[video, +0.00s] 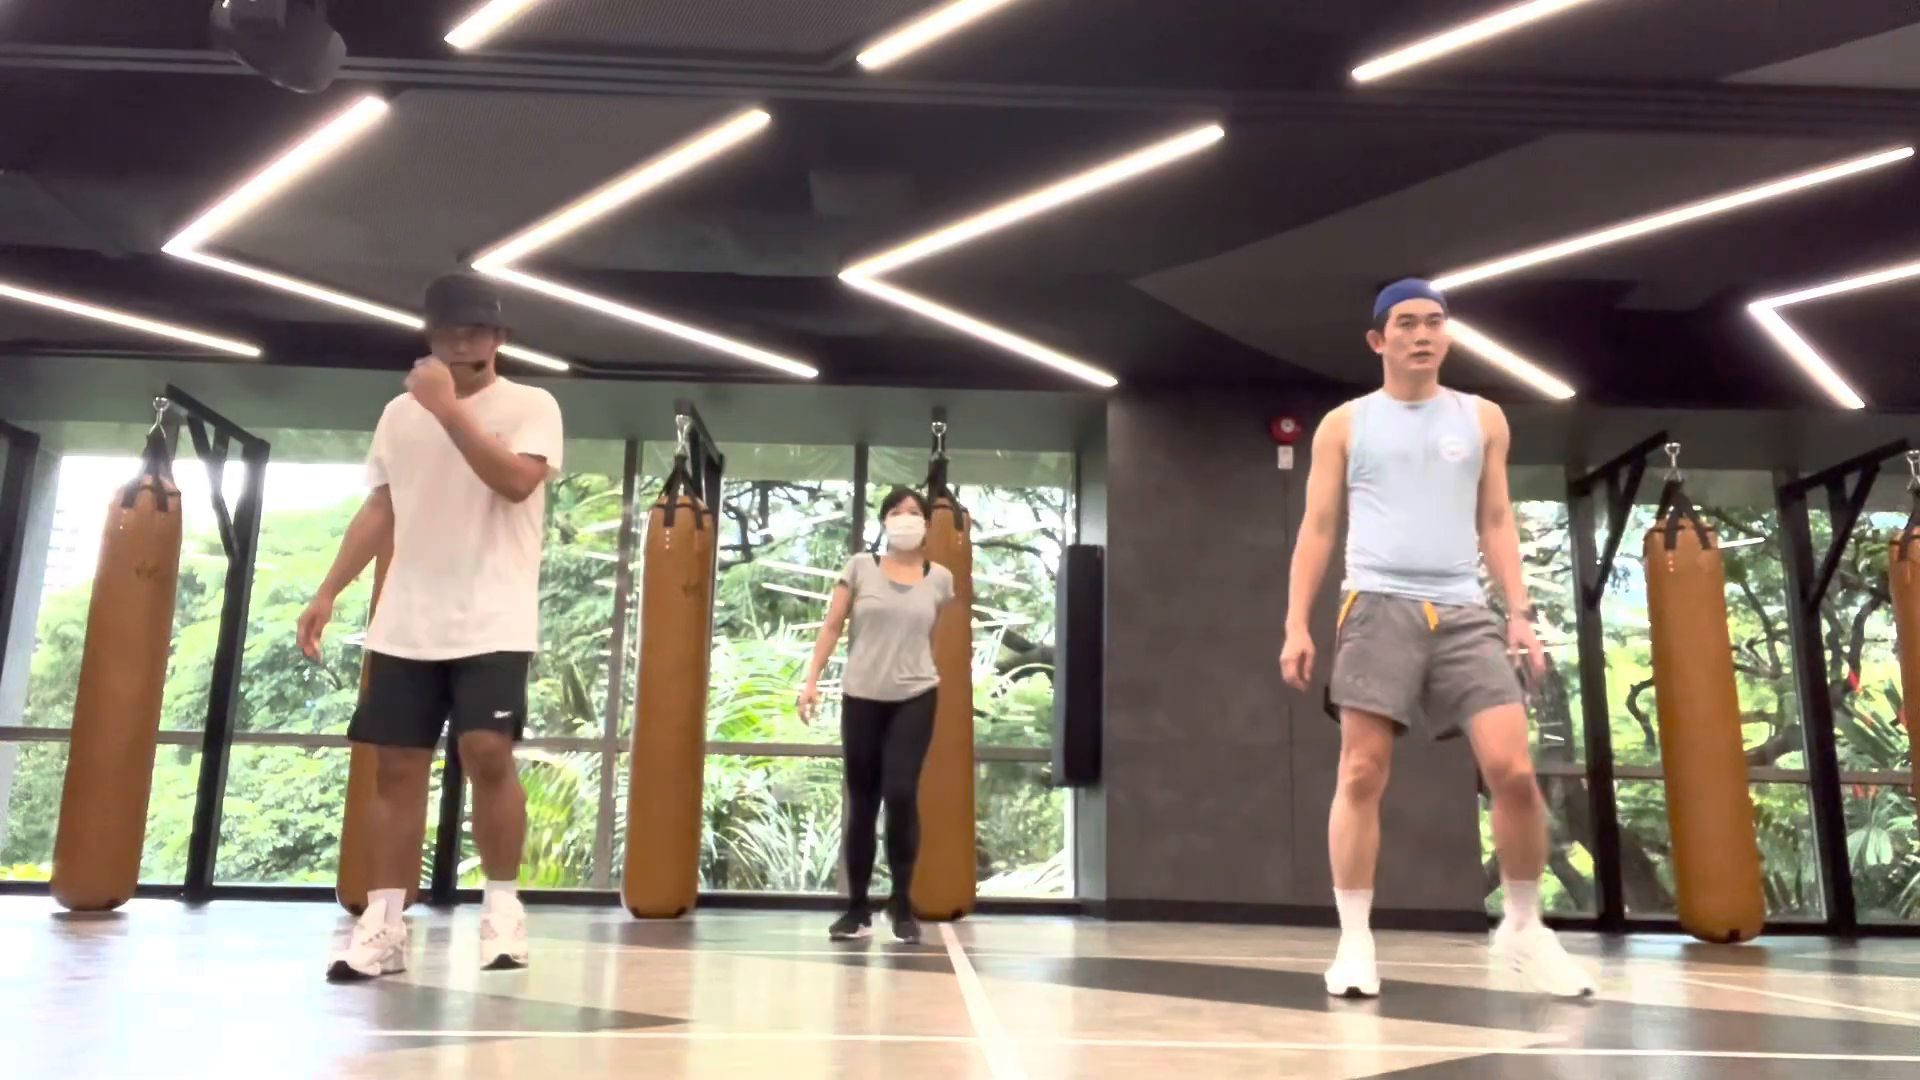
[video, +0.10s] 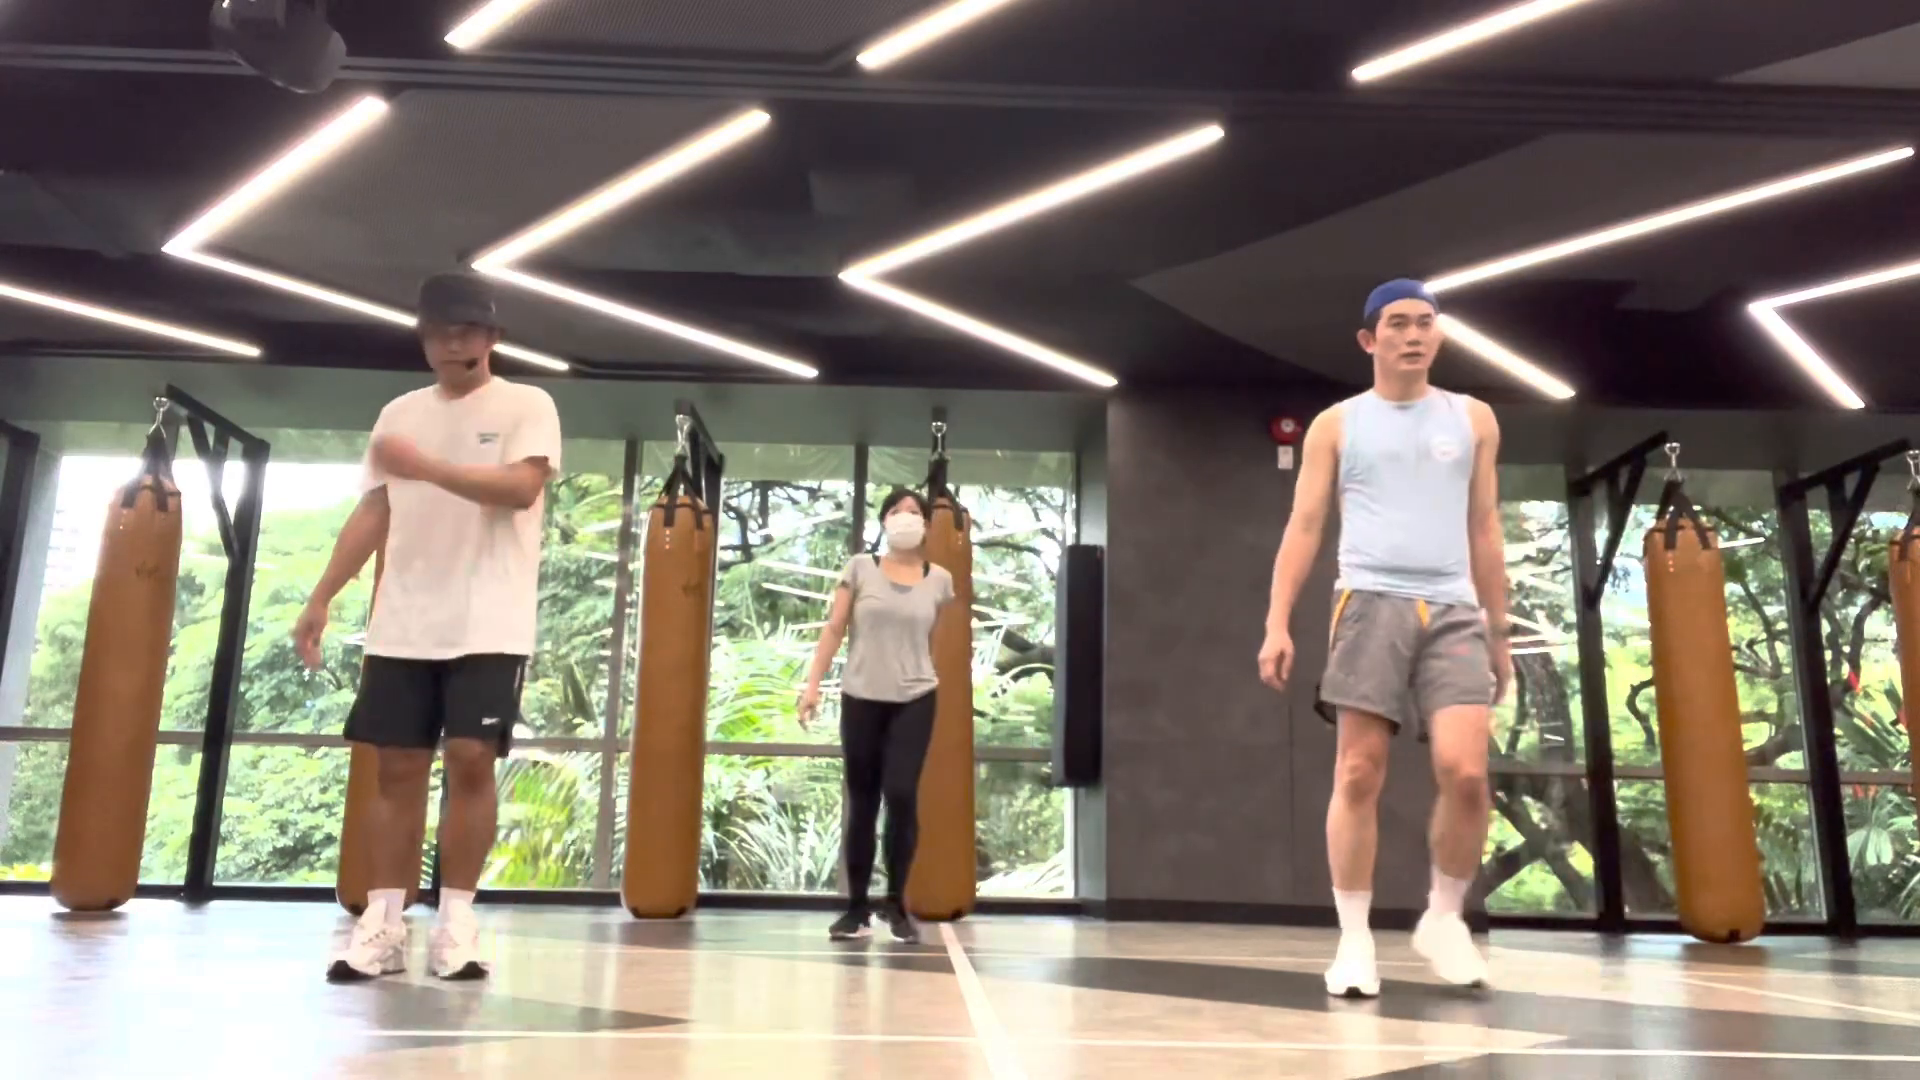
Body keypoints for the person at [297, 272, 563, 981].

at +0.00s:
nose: (472, 347)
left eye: (482, 333)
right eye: (457, 334)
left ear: (500, 335)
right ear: (431, 336)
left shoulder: (532, 406)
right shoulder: (401, 412)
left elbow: (519, 480)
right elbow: (379, 512)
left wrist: (449, 406)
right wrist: (326, 593)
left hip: (494, 621)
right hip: (406, 620)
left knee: (487, 754)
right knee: (397, 766)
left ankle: (501, 911)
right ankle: (385, 924)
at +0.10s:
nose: (461, 344)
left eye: (473, 329)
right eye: (446, 330)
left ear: (494, 334)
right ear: (423, 336)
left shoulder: (528, 406)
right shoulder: (398, 417)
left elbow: (520, 489)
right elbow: (372, 516)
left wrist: (421, 467)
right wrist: (320, 598)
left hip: (490, 626)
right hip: (403, 624)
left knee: (469, 763)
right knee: (397, 768)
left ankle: (456, 927)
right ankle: (385, 925)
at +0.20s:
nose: (459, 345)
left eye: (472, 330)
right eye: (445, 331)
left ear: (492, 335)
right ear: (422, 337)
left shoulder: (526, 407)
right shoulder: (396, 421)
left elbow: (516, 497)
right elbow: (372, 517)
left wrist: (454, 559)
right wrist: (324, 599)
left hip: (491, 630)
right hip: (402, 628)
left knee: (477, 762)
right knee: (397, 767)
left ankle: (464, 925)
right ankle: (384, 926)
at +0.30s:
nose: (463, 346)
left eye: (475, 331)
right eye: (449, 332)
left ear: (496, 337)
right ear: (426, 338)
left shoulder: (527, 410)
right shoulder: (399, 419)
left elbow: (529, 508)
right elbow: (381, 517)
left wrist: (523, 599)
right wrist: (336, 596)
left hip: (493, 630)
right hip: (406, 628)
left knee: (493, 754)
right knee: (399, 767)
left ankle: (497, 906)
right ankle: (386, 923)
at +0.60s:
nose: (520, 350)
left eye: (532, 337)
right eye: (507, 337)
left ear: (553, 344)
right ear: (484, 343)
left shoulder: (590, 422)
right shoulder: (455, 422)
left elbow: (611, 520)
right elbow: (424, 518)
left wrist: (626, 609)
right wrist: (393, 591)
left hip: (542, 635)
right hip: (448, 628)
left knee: (553, 775)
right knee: (422, 772)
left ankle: (579, 929)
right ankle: (386, 929)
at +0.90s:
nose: (584, 325)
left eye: (598, 320)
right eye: (572, 316)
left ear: (618, 343)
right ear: (549, 337)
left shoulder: (643, 423)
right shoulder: (509, 410)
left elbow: (657, 521)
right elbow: (485, 507)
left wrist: (651, 611)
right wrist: (454, 588)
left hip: (590, 624)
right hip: (501, 615)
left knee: (581, 772)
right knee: (462, 746)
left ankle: (579, 927)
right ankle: (468, 904)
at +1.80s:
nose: (474, 324)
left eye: (490, 319)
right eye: (462, 318)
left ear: (516, 345)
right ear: (444, 341)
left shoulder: (544, 407)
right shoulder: (415, 419)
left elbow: (558, 502)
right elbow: (392, 522)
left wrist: (555, 593)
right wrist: (353, 603)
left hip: (507, 616)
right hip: (423, 617)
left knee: (505, 748)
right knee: (413, 770)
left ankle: (534, 908)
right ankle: (404, 929)